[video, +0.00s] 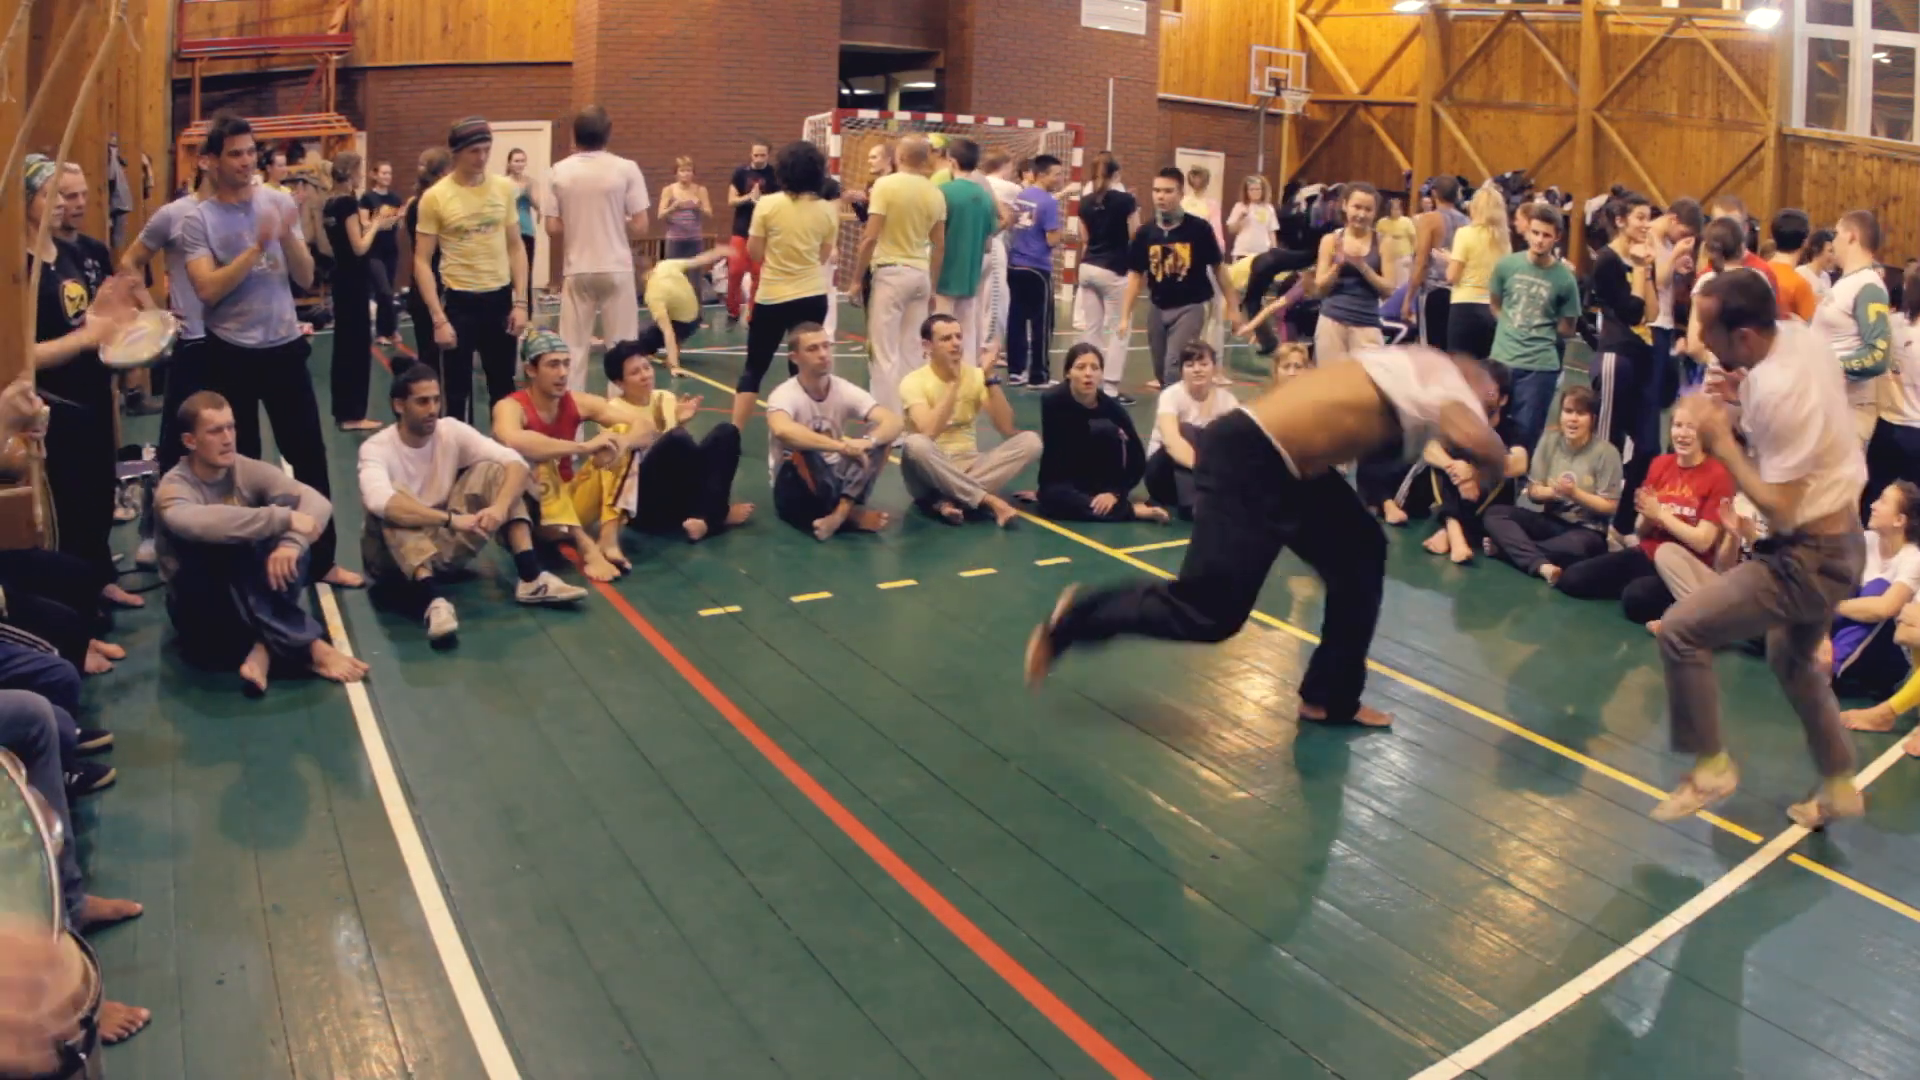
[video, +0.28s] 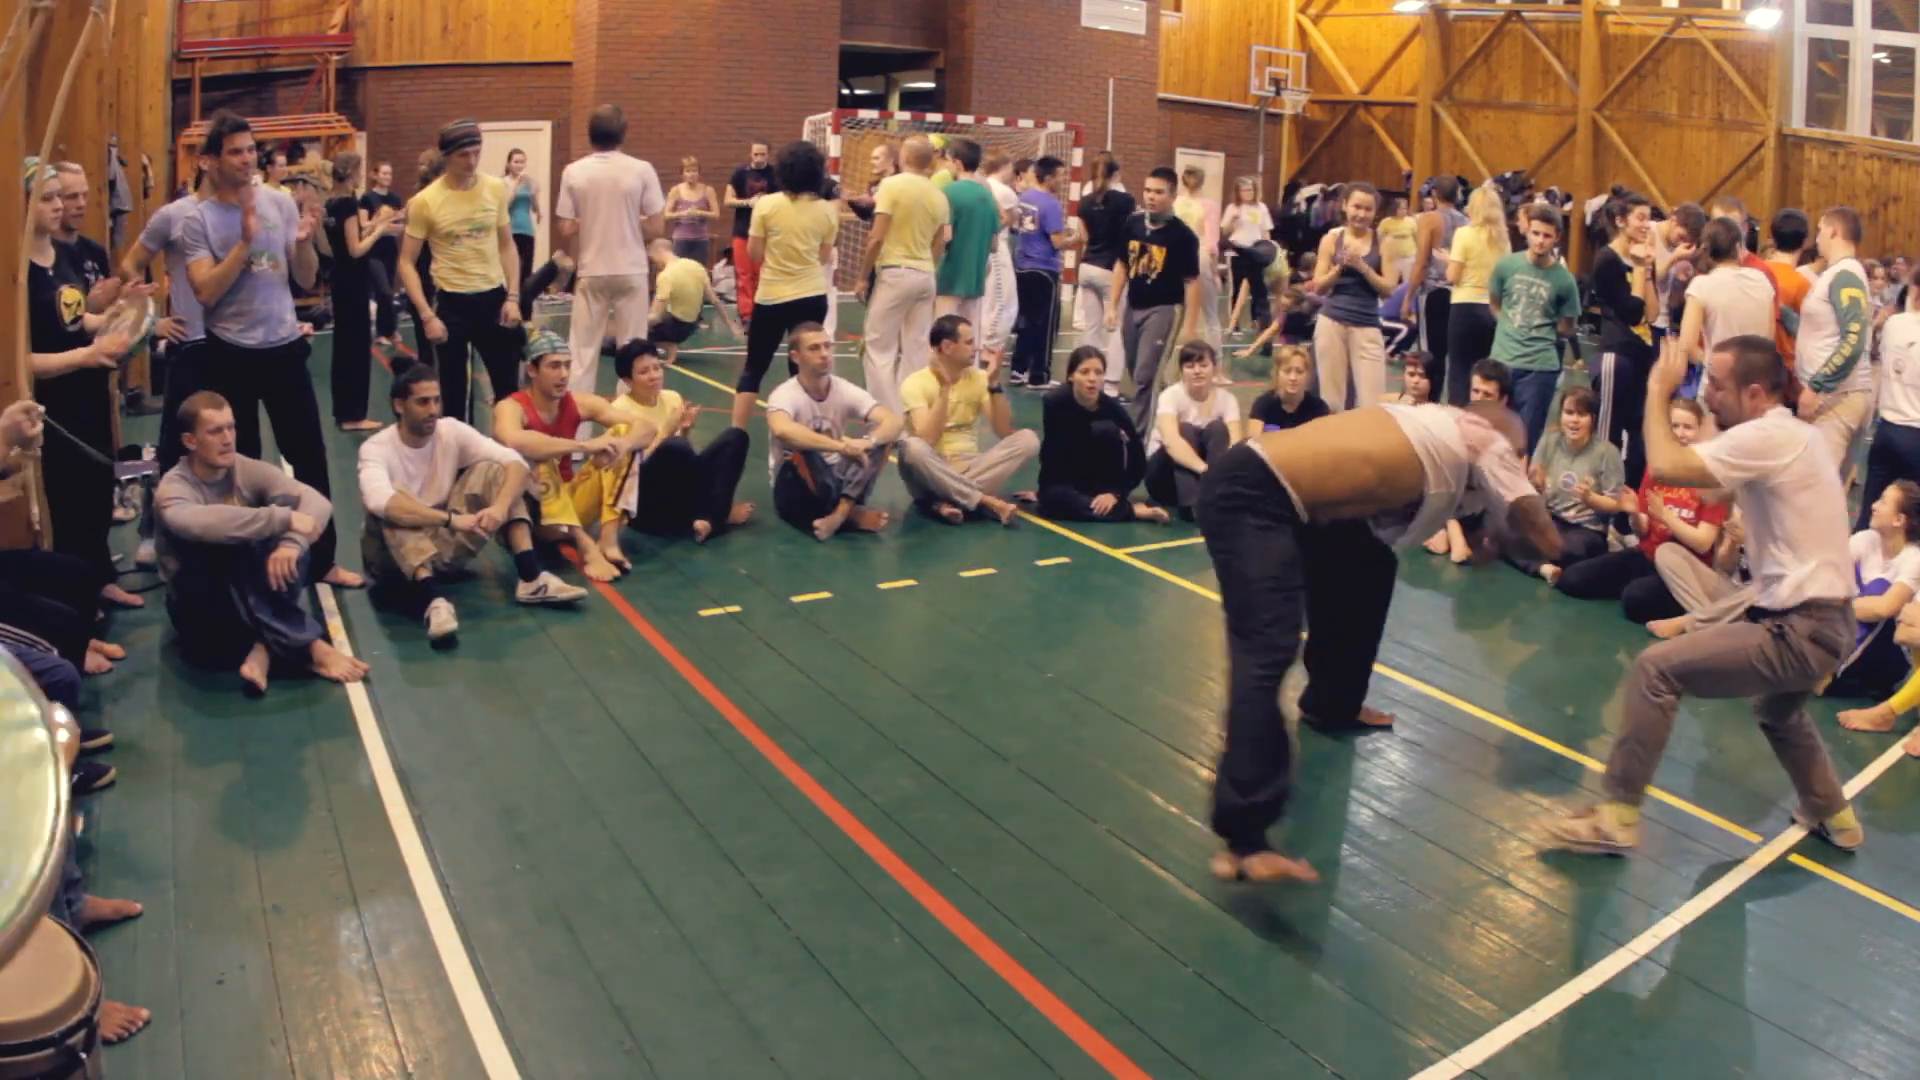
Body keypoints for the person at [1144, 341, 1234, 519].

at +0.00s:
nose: (1197, 370)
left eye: (1203, 364)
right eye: (1190, 365)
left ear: (1214, 368)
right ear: (1182, 370)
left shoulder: (1225, 399)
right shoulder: (1170, 396)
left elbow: (1239, 437)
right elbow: (1171, 441)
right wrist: (1207, 467)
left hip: (1211, 483)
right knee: (1186, 431)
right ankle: (1194, 505)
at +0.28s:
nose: (1197, 372)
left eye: (1203, 365)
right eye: (1190, 366)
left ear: (1213, 368)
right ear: (1181, 371)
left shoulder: (1227, 400)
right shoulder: (1169, 396)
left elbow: (1236, 444)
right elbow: (1171, 441)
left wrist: (1221, 475)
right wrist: (1205, 470)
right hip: (1167, 480)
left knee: (1217, 427)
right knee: (1186, 430)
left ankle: (1217, 501)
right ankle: (1194, 504)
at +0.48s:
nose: (1197, 372)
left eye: (1203, 366)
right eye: (1190, 367)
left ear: (1214, 368)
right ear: (1181, 370)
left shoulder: (1227, 400)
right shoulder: (1169, 396)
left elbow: (1237, 443)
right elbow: (1171, 442)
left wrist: (1220, 473)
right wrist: (1204, 469)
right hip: (1167, 480)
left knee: (1217, 427)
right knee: (1187, 430)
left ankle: (1217, 502)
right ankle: (1191, 503)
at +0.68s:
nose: (1197, 372)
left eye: (1203, 366)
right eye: (1190, 367)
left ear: (1214, 371)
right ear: (1182, 372)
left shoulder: (1227, 399)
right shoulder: (1170, 396)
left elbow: (1236, 441)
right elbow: (1170, 441)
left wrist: (1221, 473)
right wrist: (1205, 470)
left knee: (1218, 428)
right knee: (1187, 430)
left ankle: (1217, 498)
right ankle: (1188, 503)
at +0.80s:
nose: (1197, 373)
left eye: (1203, 366)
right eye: (1190, 367)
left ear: (1214, 367)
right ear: (1182, 371)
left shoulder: (1220, 396)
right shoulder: (1171, 395)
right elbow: (1170, 440)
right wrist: (1200, 470)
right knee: (1186, 430)